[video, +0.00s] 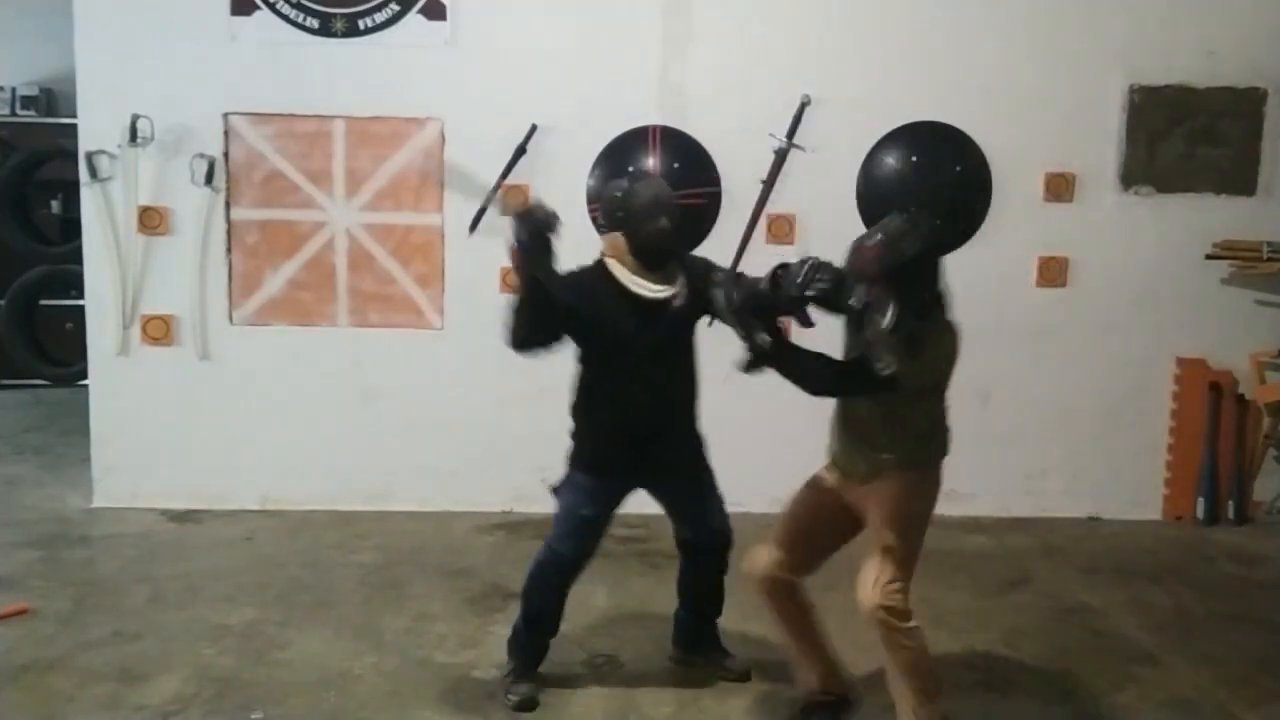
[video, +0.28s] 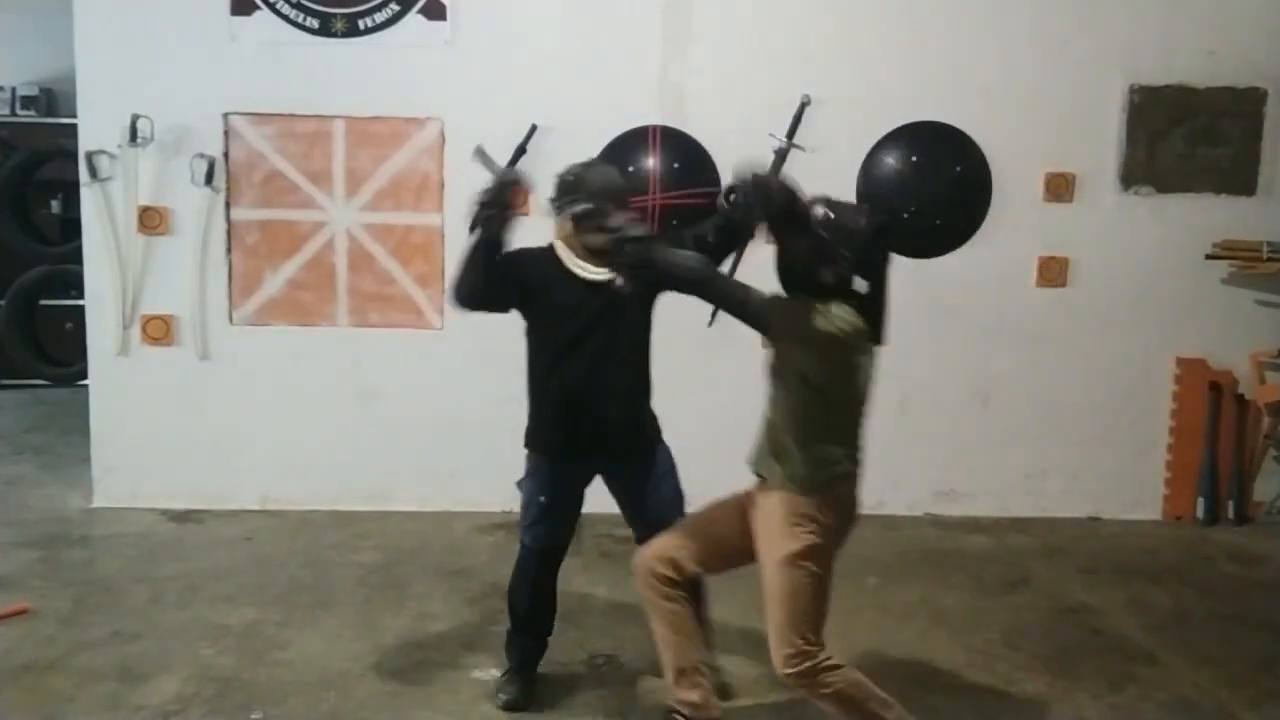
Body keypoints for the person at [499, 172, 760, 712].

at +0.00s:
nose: (671, 229)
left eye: (676, 216)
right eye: (657, 217)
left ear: (683, 223)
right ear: (621, 222)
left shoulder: (693, 279)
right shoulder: (586, 287)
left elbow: (746, 300)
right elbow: (528, 334)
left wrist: (785, 288)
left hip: (676, 452)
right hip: (604, 456)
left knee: (710, 539)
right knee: (564, 552)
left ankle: (696, 645)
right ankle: (523, 666)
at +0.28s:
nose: (614, 229)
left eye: (618, 217)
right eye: (600, 219)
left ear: (627, 215)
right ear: (568, 221)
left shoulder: (641, 264)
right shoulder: (535, 269)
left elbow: (706, 251)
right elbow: (471, 290)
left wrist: (743, 208)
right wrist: (492, 225)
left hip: (633, 441)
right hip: (558, 446)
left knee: (671, 548)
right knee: (538, 554)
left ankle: (695, 664)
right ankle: (520, 667)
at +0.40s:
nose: (602, 214)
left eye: (601, 204)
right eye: (591, 205)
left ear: (594, 214)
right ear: (563, 214)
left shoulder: (626, 263)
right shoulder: (517, 275)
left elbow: (697, 223)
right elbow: (444, 313)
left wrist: (739, 156)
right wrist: (417, 262)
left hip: (617, 436)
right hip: (545, 441)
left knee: (640, 534)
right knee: (529, 550)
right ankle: (518, 665)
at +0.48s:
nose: (584, 225)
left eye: (590, 214)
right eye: (571, 217)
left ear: (601, 217)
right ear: (543, 228)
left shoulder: (625, 265)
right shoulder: (517, 284)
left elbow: (691, 227)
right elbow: (447, 323)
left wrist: (722, 166)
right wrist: (387, 292)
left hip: (607, 436)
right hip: (541, 438)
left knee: (611, 536)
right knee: (529, 542)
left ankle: (577, 594)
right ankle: (516, 665)